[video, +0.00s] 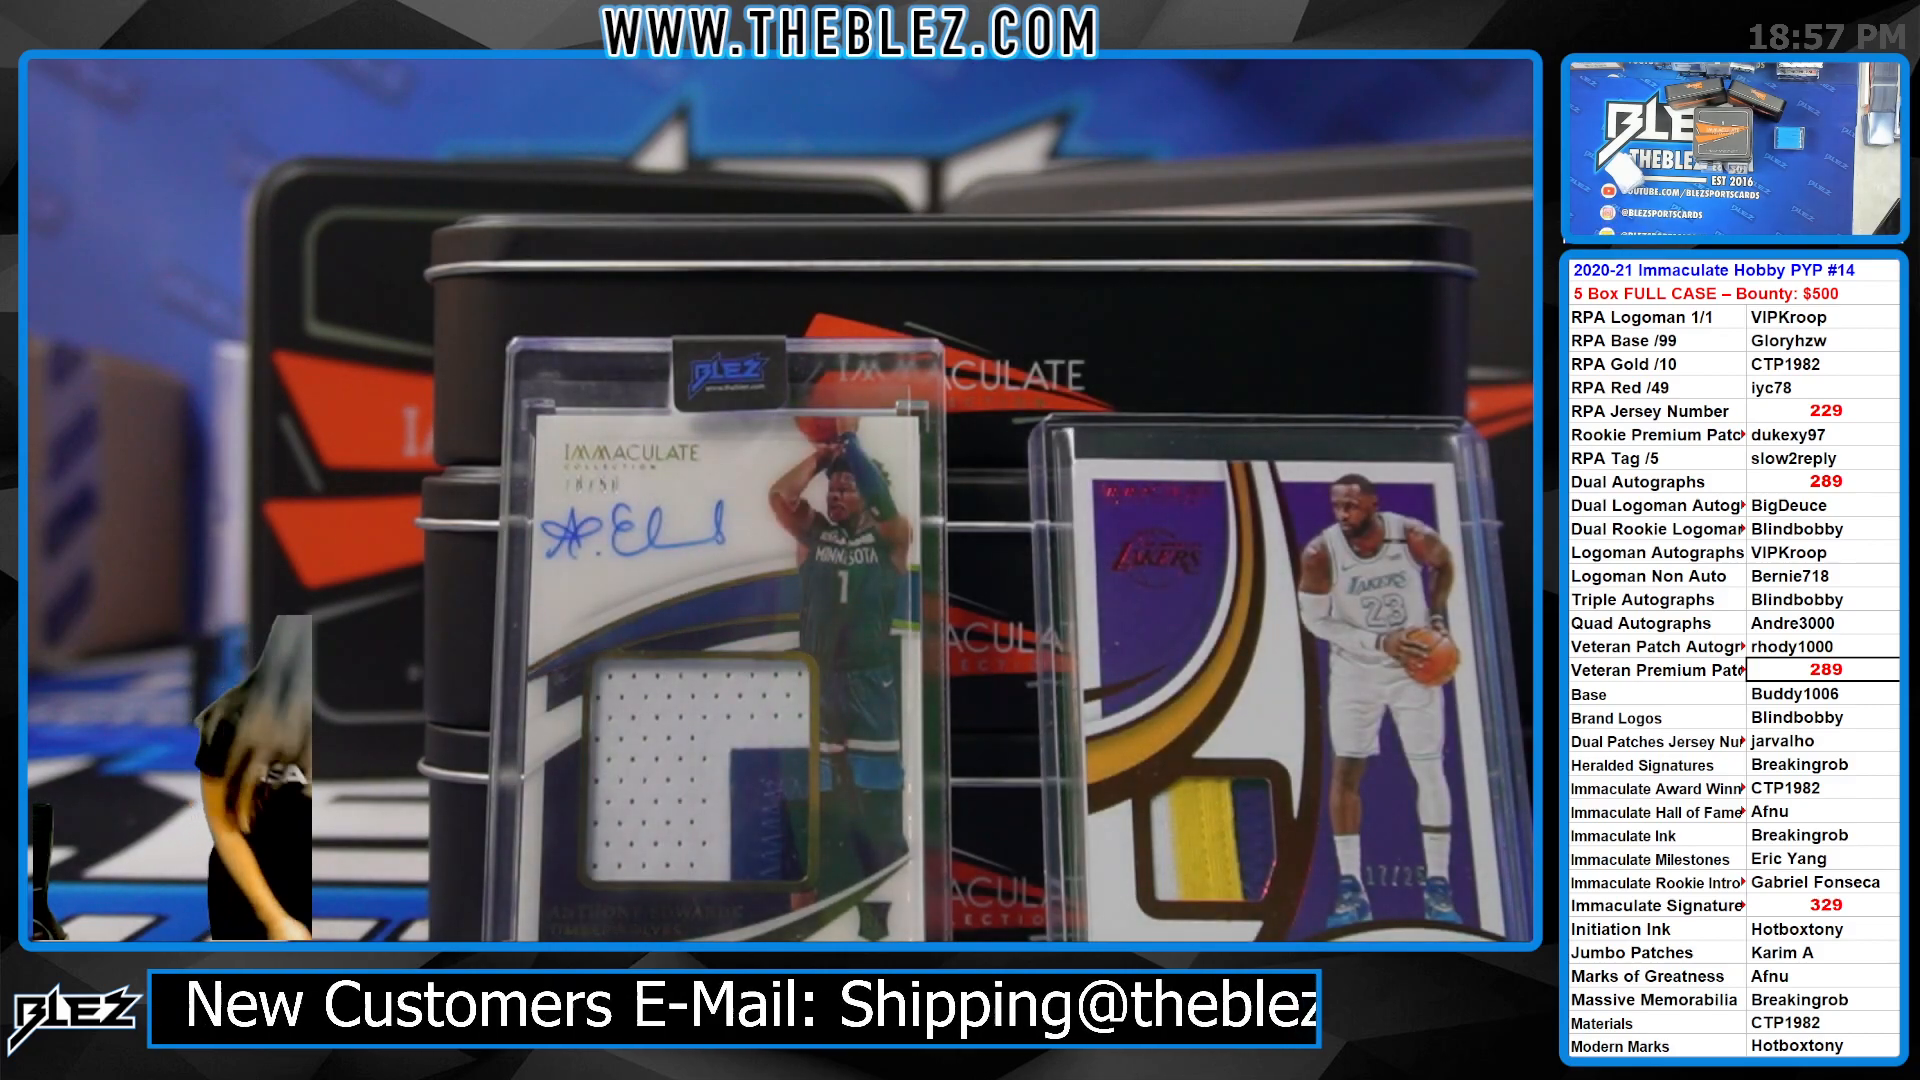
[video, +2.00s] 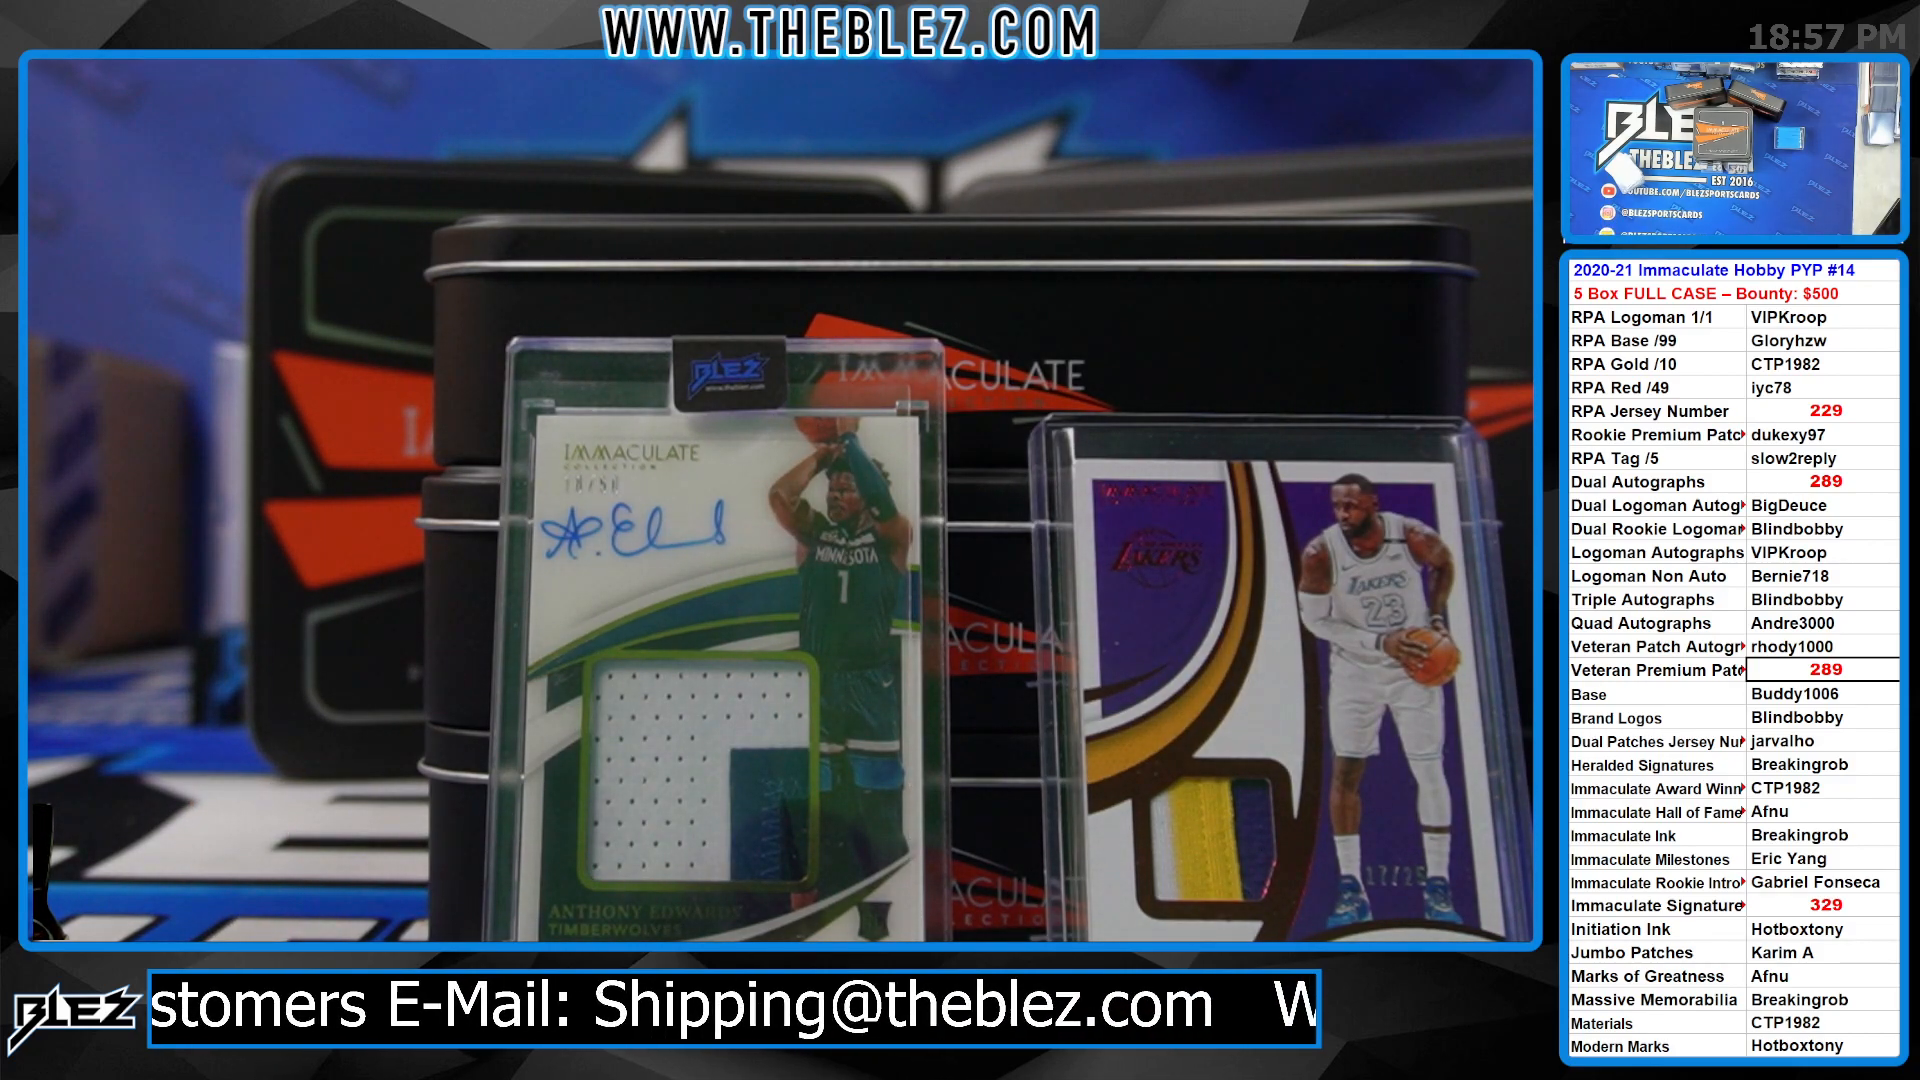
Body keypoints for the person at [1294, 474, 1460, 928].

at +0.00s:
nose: (1343, 514)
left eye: (1351, 505)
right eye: (1337, 506)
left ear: (1374, 505)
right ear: (1332, 509)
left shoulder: (1413, 536)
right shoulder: (1319, 554)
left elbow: (1445, 564)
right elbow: (1315, 621)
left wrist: (1437, 615)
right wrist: (1378, 641)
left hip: (1414, 672)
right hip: (1354, 674)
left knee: (1430, 772)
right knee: (1348, 773)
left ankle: (1438, 885)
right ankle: (1351, 888)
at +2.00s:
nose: (1342, 514)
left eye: (1351, 505)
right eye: (1337, 506)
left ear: (1373, 505)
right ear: (1332, 509)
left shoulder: (1413, 536)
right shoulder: (1319, 555)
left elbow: (1444, 564)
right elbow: (1315, 620)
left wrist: (1436, 617)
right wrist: (1379, 642)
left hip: (1414, 673)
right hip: (1354, 674)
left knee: (1430, 772)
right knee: (1348, 773)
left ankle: (1438, 884)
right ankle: (1350, 888)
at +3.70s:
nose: (1342, 514)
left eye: (1351, 505)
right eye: (1337, 506)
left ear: (1373, 504)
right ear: (1332, 509)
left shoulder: (1414, 536)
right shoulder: (1319, 555)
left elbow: (1444, 565)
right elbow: (1315, 621)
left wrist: (1436, 617)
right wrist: (1379, 642)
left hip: (1414, 673)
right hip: (1354, 674)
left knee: (1430, 771)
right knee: (1348, 773)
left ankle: (1438, 885)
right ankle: (1350, 888)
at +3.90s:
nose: (1343, 514)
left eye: (1351, 505)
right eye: (1337, 506)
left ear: (1373, 505)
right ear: (1332, 509)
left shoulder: (1413, 536)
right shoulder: (1319, 555)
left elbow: (1444, 565)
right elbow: (1315, 621)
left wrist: (1436, 618)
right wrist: (1379, 642)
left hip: (1414, 673)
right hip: (1354, 675)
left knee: (1429, 771)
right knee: (1348, 773)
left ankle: (1438, 884)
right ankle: (1350, 888)